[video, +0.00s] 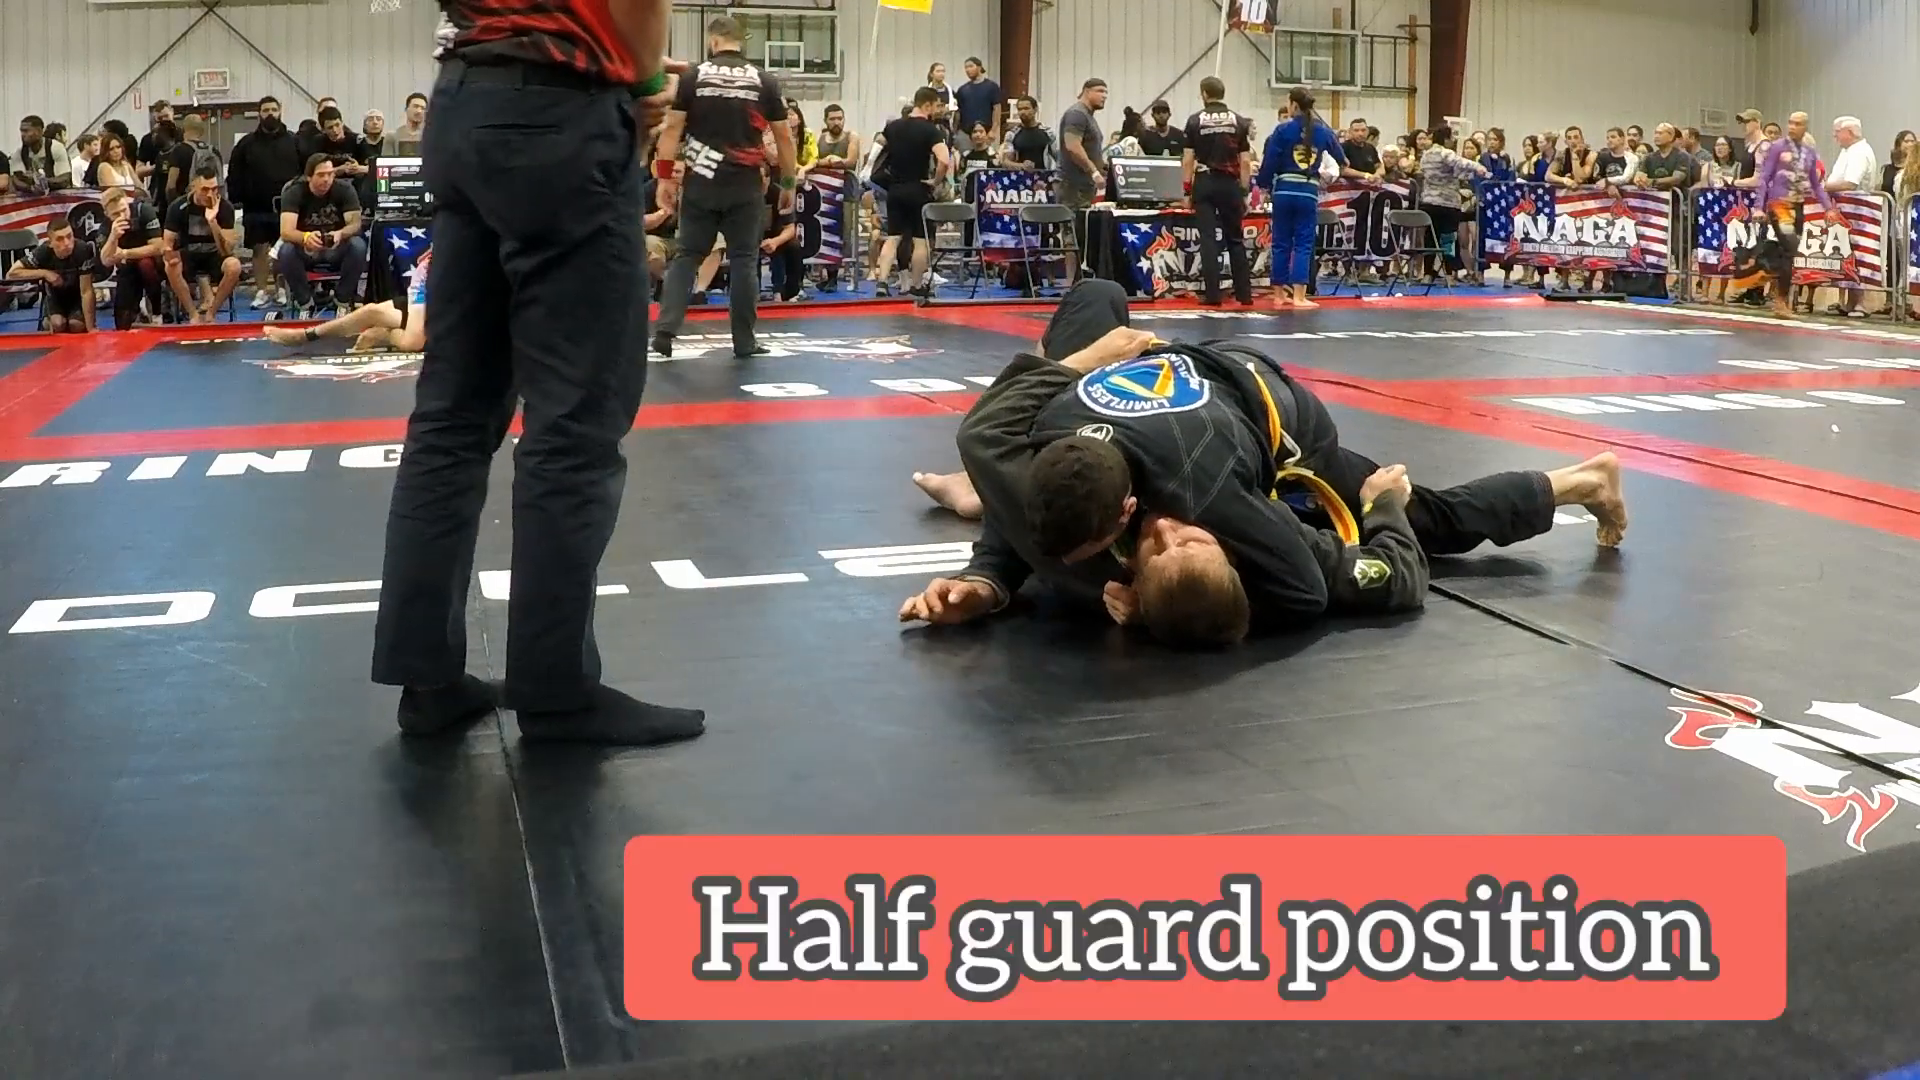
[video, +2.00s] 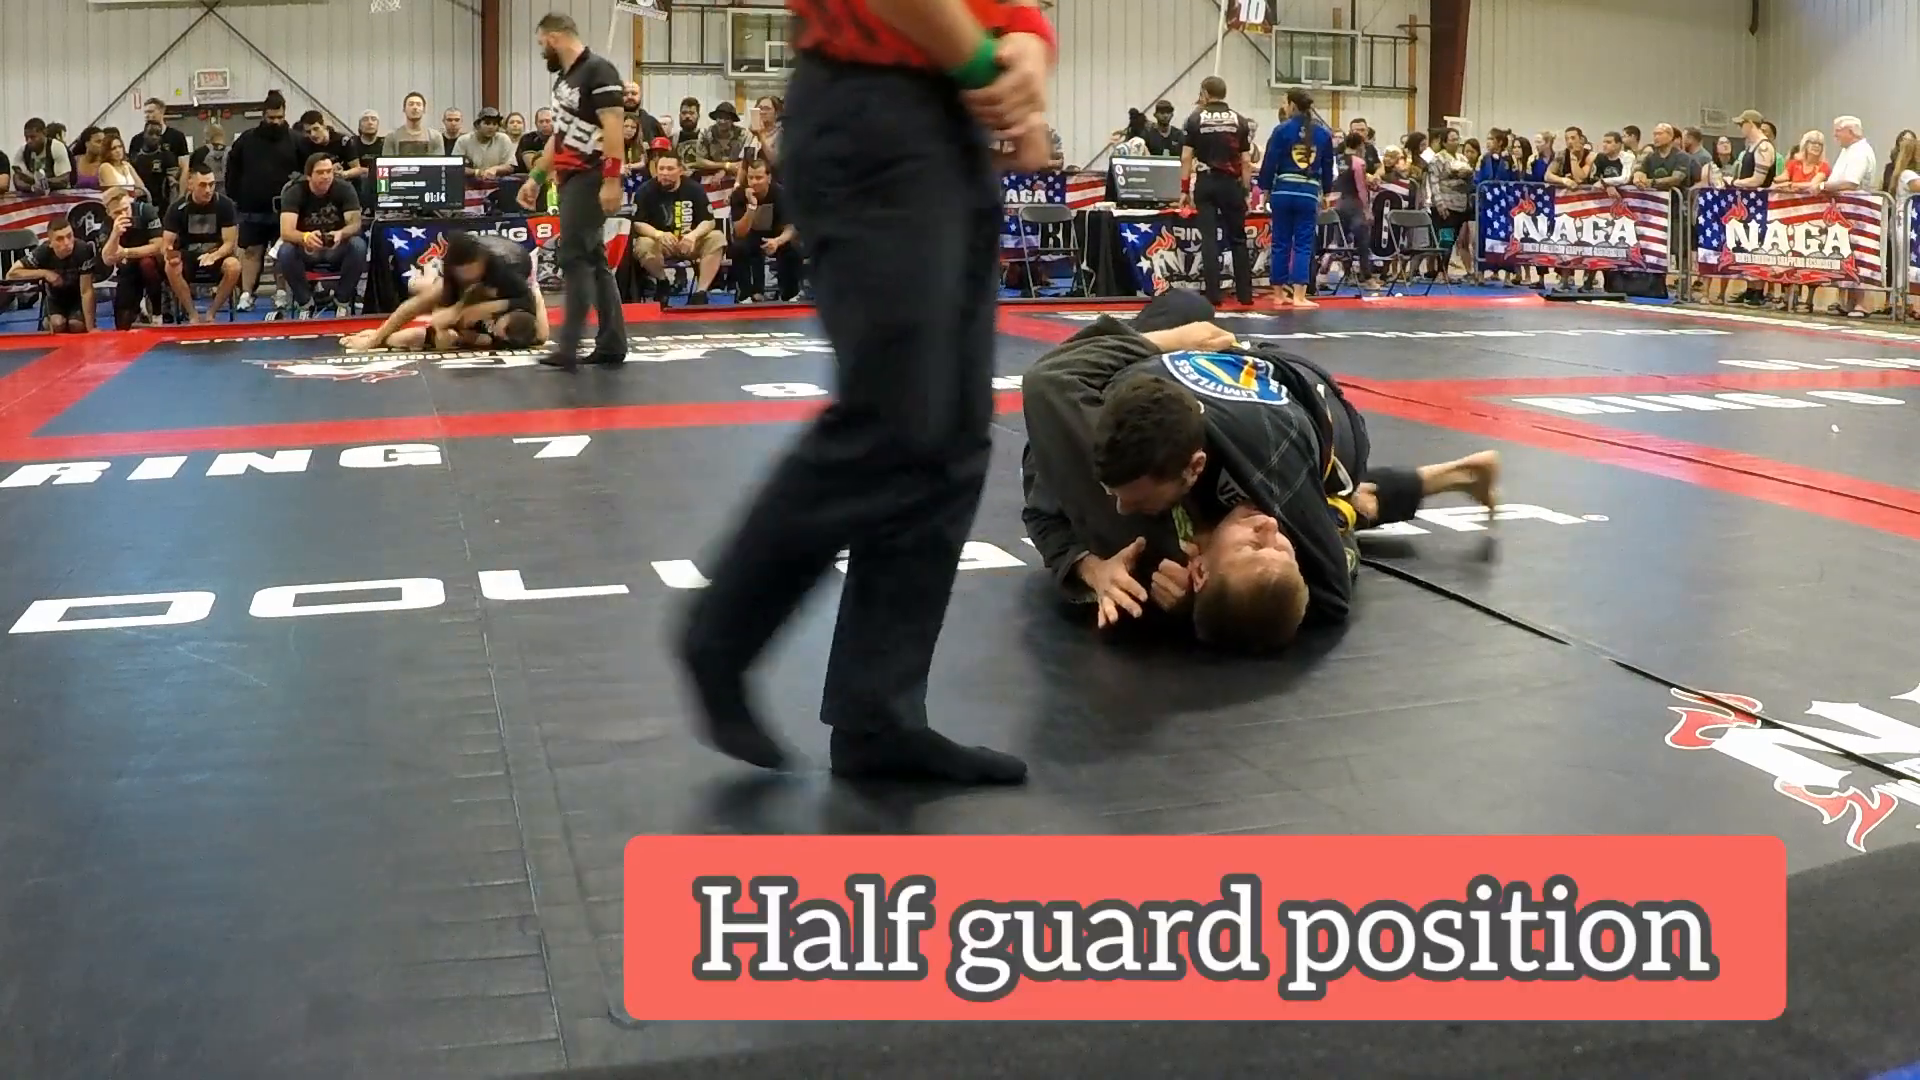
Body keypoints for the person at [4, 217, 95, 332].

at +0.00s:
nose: (67, 243)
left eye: (69, 237)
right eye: (60, 239)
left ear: (73, 235)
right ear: (50, 241)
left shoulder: (83, 249)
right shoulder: (44, 251)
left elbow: (86, 290)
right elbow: (12, 274)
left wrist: (91, 328)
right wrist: (44, 273)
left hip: (77, 292)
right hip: (55, 293)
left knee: (76, 325)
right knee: (58, 324)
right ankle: (46, 323)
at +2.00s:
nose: (67, 243)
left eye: (69, 237)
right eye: (60, 239)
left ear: (73, 235)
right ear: (50, 241)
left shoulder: (83, 250)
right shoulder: (44, 251)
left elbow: (86, 291)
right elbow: (12, 274)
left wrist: (91, 327)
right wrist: (44, 273)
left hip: (78, 293)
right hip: (55, 294)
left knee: (76, 324)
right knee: (58, 323)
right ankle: (46, 323)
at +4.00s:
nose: (67, 243)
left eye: (69, 237)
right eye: (60, 239)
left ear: (73, 235)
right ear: (50, 240)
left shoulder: (83, 249)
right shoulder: (44, 251)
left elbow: (86, 290)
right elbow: (12, 273)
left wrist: (91, 328)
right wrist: (44, 273)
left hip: (78, 292)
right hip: (55, 292)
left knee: (76, 324)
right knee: (57, 323)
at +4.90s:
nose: (67, 243)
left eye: (69, 237)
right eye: (60, 239)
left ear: (73, 235)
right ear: (50, 240)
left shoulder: (83, 249)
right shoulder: (44, 251)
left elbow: (86, 290)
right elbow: (12, 273)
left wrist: (91, 327)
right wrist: (44, 273)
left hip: (78, 291)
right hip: (55, 292)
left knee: (77, 324)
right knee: (58, 323)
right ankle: (46, 323)